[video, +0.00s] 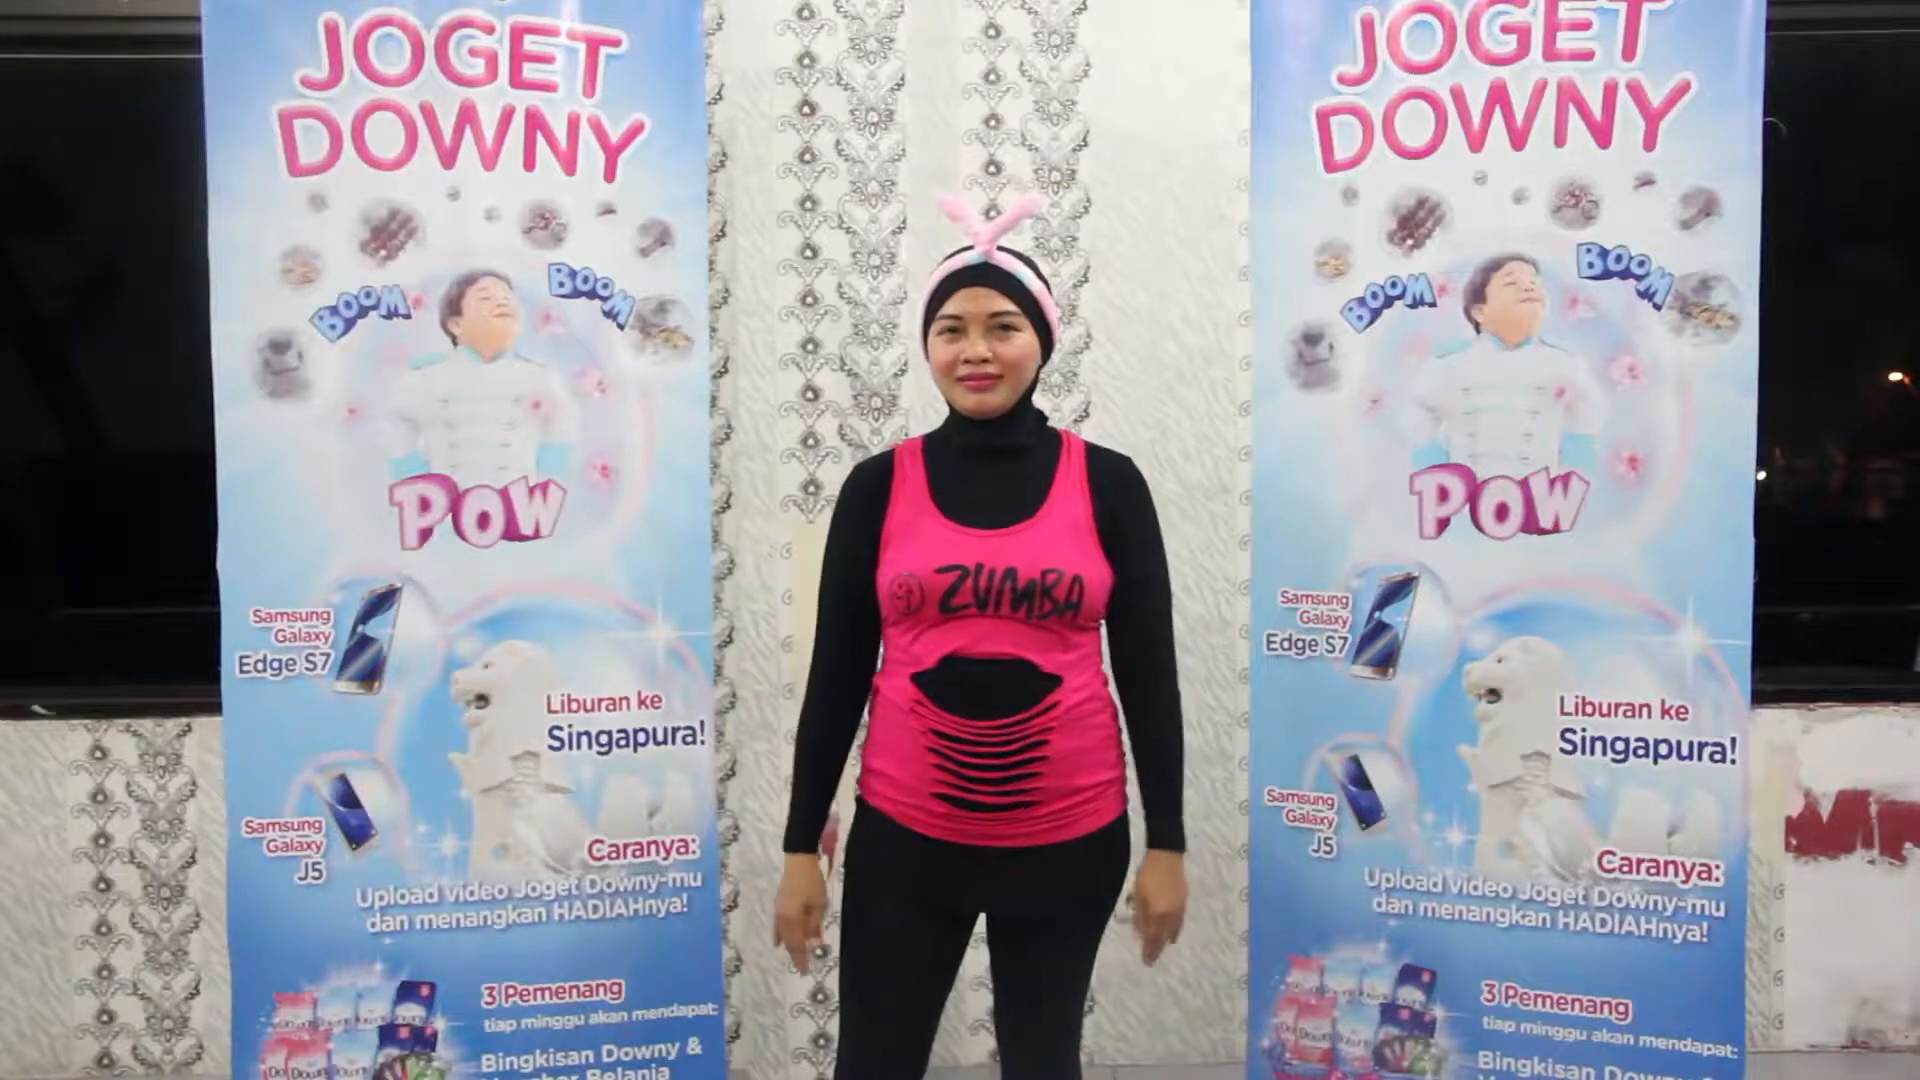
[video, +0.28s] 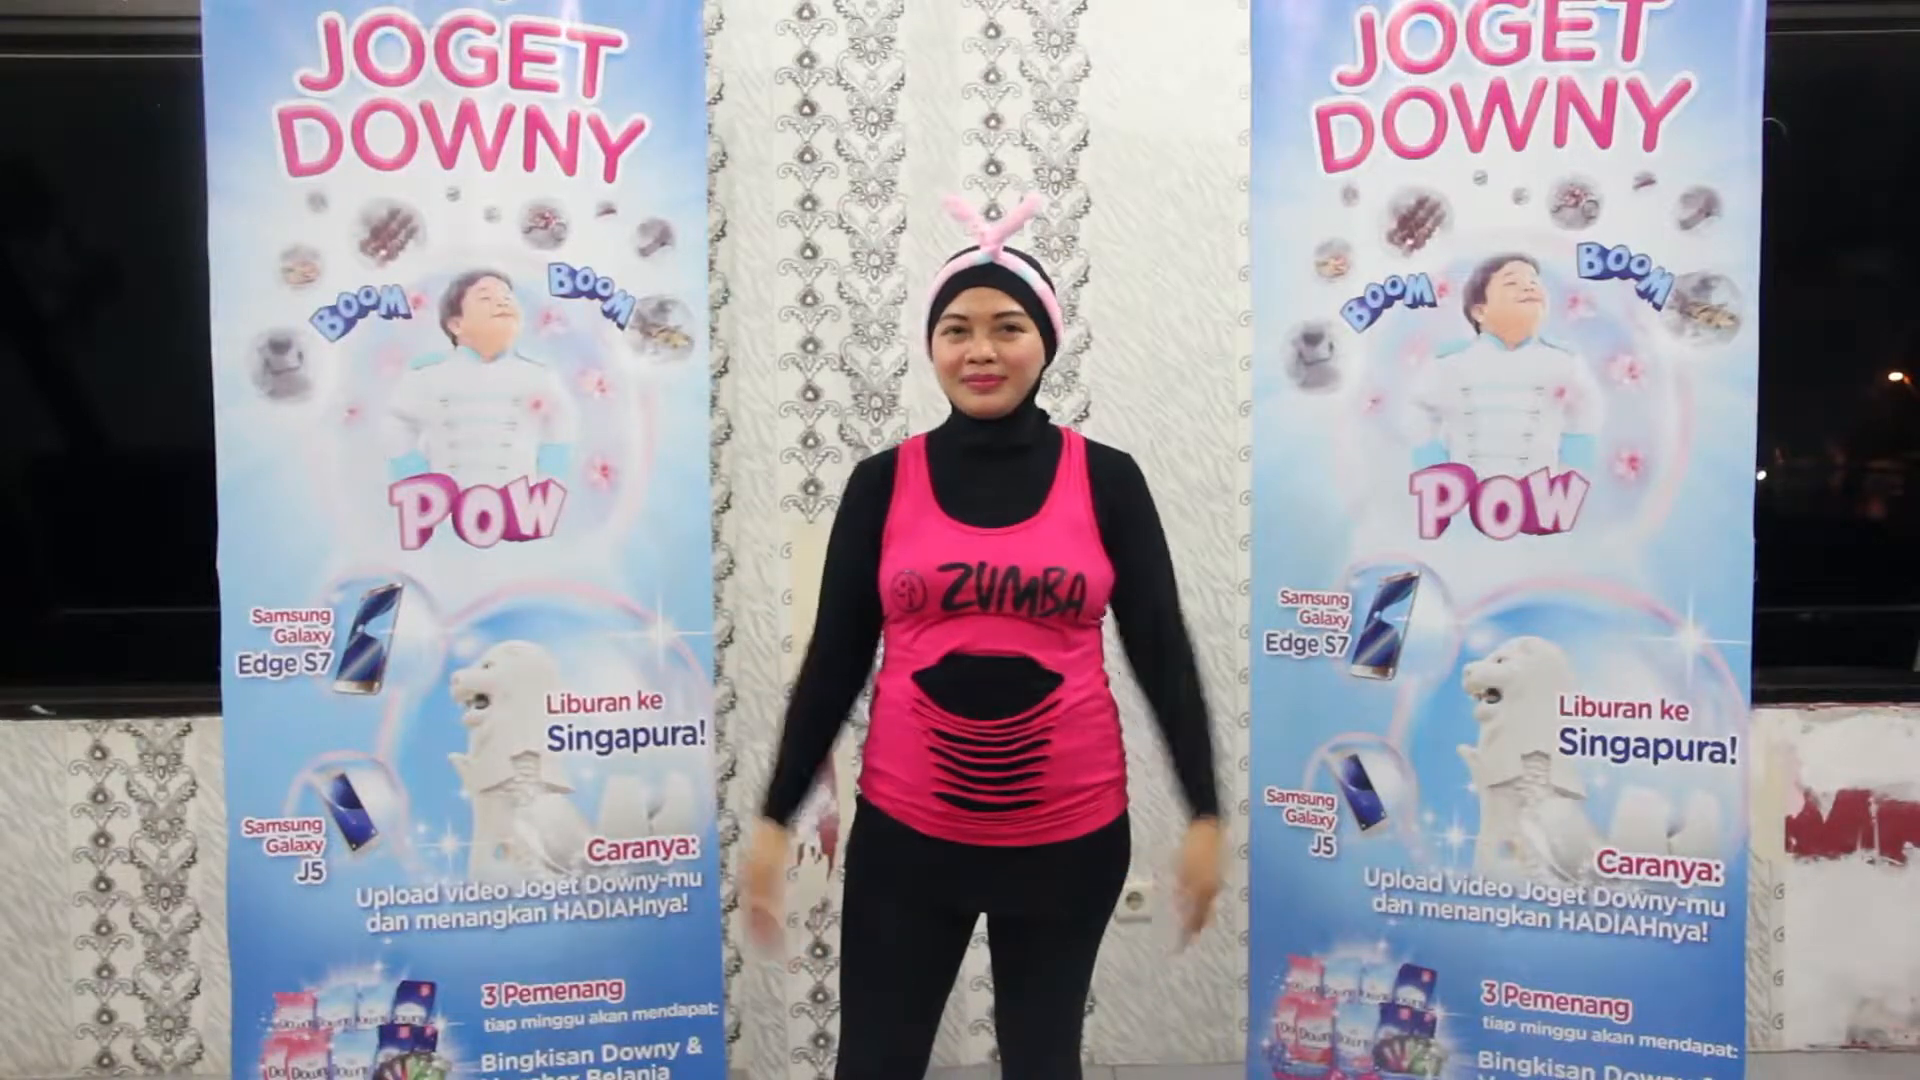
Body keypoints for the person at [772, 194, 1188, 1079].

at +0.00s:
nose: (977, 349)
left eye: (1004, 327)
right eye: (953, 329)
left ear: (1043, 347)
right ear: (928, 351)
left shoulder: (1106, 484)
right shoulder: (878, 489)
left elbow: (1147, 668)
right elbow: (839, 672)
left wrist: (1166, 842)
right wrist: (801, 847)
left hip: (1065, 835)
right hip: (908, 833)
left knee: (1043, 1061)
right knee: (874, 1062)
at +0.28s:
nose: (982, 349)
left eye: (1009, 327)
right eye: (958, 329)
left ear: (1047, 347)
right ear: (932, 351)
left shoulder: (1104, 480)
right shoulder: (883, 484)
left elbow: (1158, 646)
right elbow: (836, 656)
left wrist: (1205, 811)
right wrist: (775, 817)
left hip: (1067, 829)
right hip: (908, 827)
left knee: (1042, 1057)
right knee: (875, 1060)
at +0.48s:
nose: (985, 358)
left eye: (1009, 337)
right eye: (961, 338)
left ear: (1046, 352)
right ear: (933, 355)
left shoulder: (1101, 461)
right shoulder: (889, 468)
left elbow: (1261, 511)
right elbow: (739, 554)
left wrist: (1330, 438)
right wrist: (639, 469)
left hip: (1069, 837)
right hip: (914, 834)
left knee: (1045, 1061)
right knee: (876, 1063)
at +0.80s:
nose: (995, 373)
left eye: (1020, 352)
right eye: (971, 351)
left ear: (1053, 368)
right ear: (938, 364)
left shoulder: (1084, 467)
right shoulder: (885, 467)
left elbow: (1181, 313)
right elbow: (774, 331)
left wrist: (1149, 141)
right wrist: (804, 163)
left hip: (1076, 842)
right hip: (921, 842)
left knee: (1057, 1062)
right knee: (870, 1065)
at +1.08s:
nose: (983, 378)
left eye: (1008, 358)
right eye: (960, 355)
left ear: (1038, 373)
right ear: (925, 367)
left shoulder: (1065, 468)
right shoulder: (877, 466)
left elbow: (1133, 292)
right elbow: (834, 296)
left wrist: (1063, 143)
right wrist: (900, 157)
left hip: (1069, 840)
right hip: (915, 841)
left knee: (1054, 1060)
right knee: (861, 1064)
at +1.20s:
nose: (971, 369)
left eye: (996, 349)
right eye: (949, 348)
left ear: (1029, 362)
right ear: (916, 360)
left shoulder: (1063, 455)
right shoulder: (879, 459)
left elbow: (1119, 269)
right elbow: (846, 284)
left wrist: (1007, 147)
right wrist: (955, 155)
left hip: (1056, 833)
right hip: (902, 830)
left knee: (1037, 1062)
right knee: (858, 1064)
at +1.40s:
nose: (967, 367)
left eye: (992, 345)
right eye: (944, 347)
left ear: (1028, 357)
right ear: (914, 363)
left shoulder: (1072, 446)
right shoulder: (881, 454)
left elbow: (1140, 267)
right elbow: (816, 288)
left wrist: (1064, 111)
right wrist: (873, 139)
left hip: (1053, 834)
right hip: (895, 830)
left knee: (1036, 1064)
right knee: (847, 1064)